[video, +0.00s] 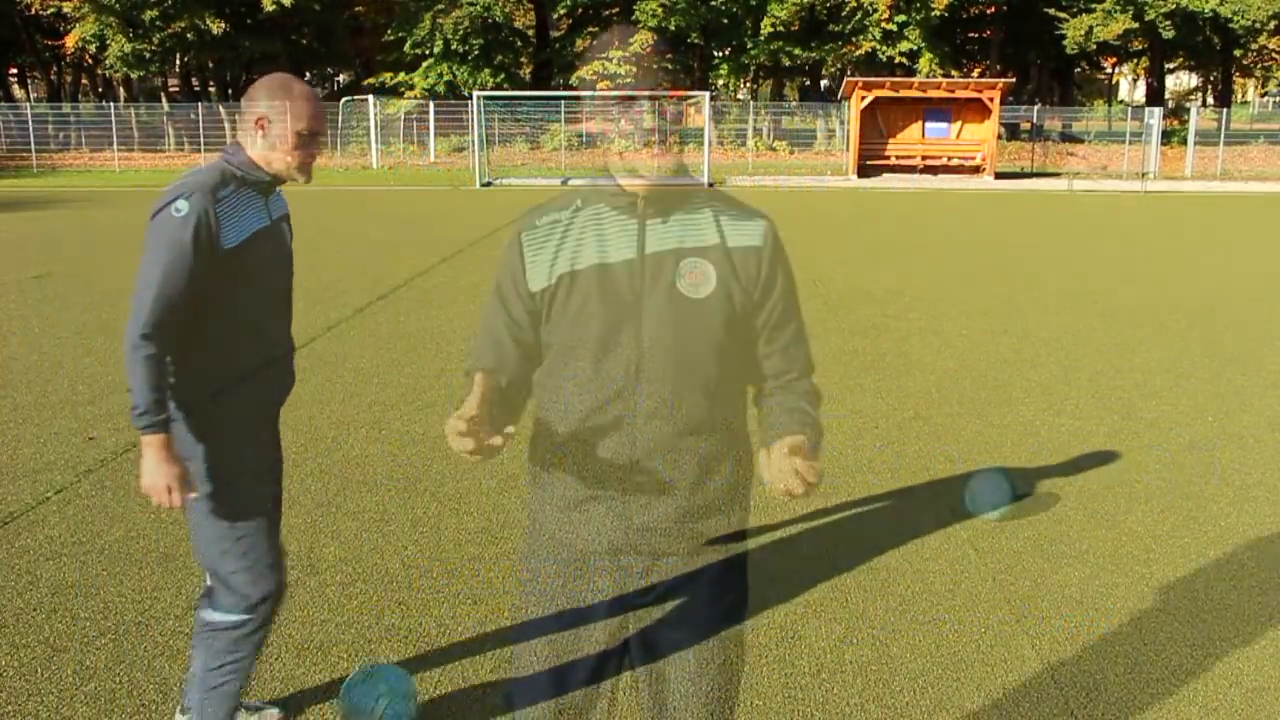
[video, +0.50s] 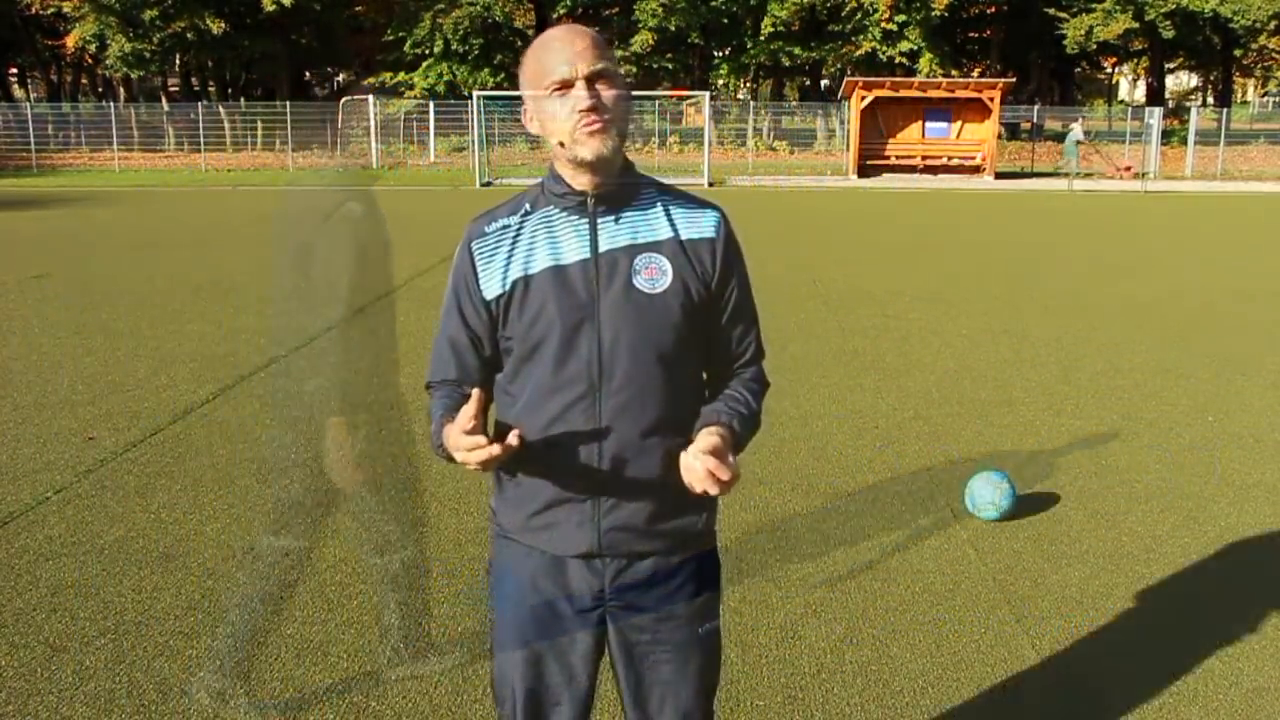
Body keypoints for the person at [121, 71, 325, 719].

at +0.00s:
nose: (316, 150)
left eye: (319, 137)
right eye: (305, 138)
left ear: (275, 132)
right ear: (261, 129)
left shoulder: (265, 194)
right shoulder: (194, 207)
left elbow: (245, 313)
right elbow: (144, 334)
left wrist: (261, 401)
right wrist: (154, 442)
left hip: (256, 415)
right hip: (212, 425)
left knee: (247, 576)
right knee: (250, 588)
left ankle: (213, 697)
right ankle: (204, 711)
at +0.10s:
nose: (330, 143)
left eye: (331, 130)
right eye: (319, 131)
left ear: (284, 125)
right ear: (275, 123)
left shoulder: (271, 191)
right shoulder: (215, 201)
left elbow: (277, 303)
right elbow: (172, 330)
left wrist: (294, 384)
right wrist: (185, 435)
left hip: (263, 400)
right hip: (226, 410)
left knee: (233, 561)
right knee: (307, 561)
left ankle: (204, 699)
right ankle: (287, 710)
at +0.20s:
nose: (337, 147)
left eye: (338, 135)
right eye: (328, 136)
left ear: (295, 130)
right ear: (291, 127)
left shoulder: (276, 191)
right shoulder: (242, 199)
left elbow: (284, 304)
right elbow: (202, 329)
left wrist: (317, 377)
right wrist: (213, 433)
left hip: (272, 394)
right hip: (255, 399)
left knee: (235, 555)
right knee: (352, 536)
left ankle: (204, 700)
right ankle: (344, 684)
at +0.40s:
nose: (362, 136)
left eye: (362, 123)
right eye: (352, 124)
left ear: (311, 129)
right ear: (326, 128)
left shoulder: (288, 191)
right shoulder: (310, 200)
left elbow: (303, 313)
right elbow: (281, 323)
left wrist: (347, 389)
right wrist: (285, 424)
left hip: (281, 402)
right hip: (322, 405)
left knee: (255, 544)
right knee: (389, 519)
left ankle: (207, 694)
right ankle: (408, 649)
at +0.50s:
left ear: (321, 142)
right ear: (350, 136)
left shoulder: (308, 203)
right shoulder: (350, 209)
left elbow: (314, 319)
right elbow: (335, 323)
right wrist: (338, 421)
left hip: (305, 408)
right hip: (358, 410)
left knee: (285, 544)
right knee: (396, 538)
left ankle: (220, 675)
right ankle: (406, 652)